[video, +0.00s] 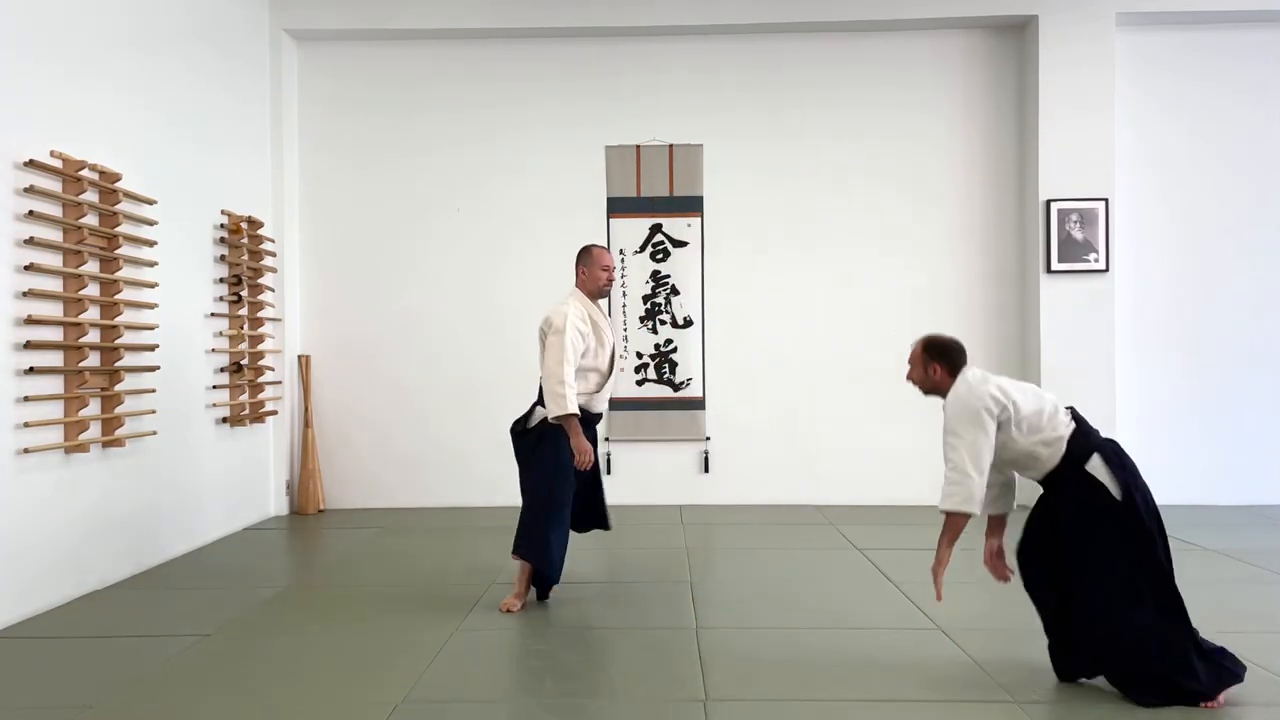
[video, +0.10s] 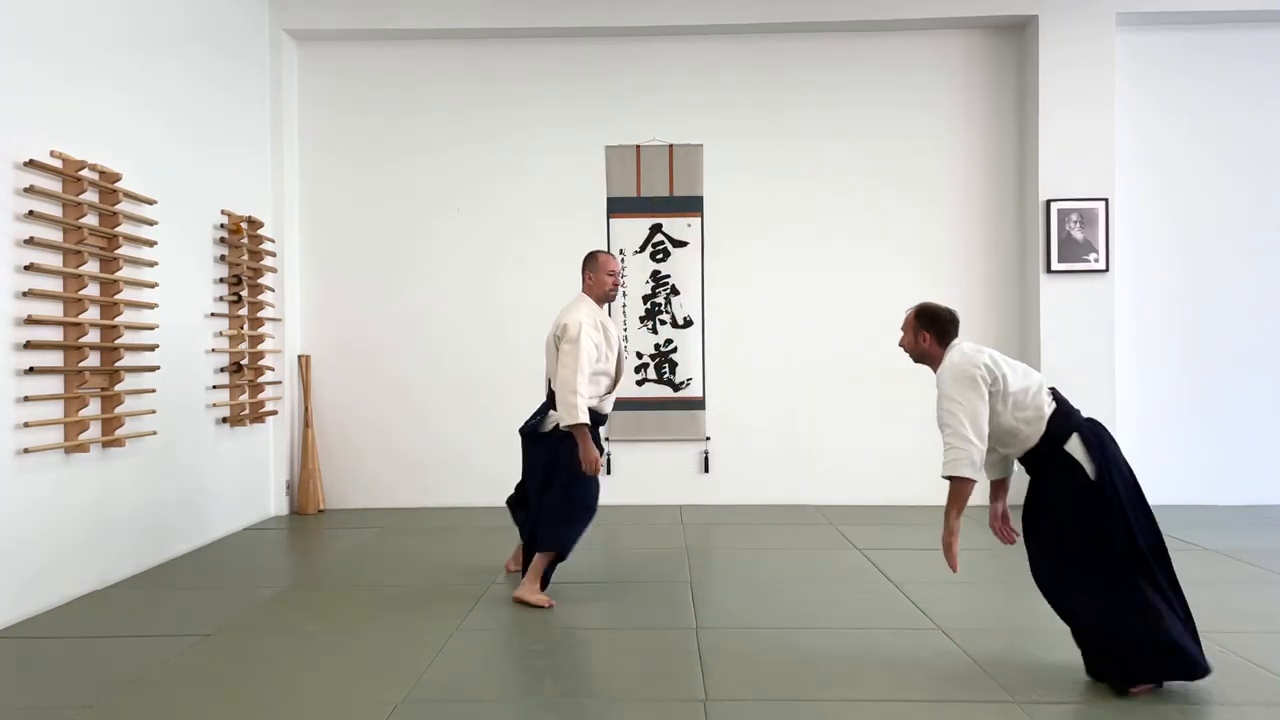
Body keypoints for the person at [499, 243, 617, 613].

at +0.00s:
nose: (612, 276)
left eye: (613, 270)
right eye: (605, 270)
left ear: (593, 274)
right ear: (583, 272)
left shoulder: (593, 315)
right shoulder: (566, 316)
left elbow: (586, 377)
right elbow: (558, 381)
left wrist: (589, 425)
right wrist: (576, 434)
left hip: (578, 425)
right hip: (555, 426)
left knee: (560, 505)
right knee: (544, 505)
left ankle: (539, 577)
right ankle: (521, 590)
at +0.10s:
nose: (618, 281)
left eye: (619, 275)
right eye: (612, 275)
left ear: (595, 279)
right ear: (589, 277)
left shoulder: (591, 315)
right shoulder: (579, 319)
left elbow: (581, 381)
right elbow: (570, 385)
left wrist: (591, 429)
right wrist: (585, 440)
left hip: (570, 426)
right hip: (570, 430)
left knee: (556, 496)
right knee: (578, 504)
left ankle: (522, 555)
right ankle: (531, 585)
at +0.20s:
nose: (630, 290)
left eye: (630, 284)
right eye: (623, 284)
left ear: (605, 289)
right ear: (601, 287)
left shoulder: (595, 322)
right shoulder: (595, 330)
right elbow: (589, 399)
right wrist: (605, 451)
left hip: (564, 429)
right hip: (579, 433)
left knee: (550, 494)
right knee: (606, 507)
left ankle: (520, 556)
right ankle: (557, 579)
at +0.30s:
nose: (644, 295)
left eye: (645, 289)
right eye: (638, 289)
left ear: (622, 294)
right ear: (616, 293)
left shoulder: (614, 329)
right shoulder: (603, 334)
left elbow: (609, 390)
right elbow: (609, 402)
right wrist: (648, 447)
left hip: (581, 429)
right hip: (587, 436)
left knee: (556, 496)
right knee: (628, 494)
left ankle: (520, 558)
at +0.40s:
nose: (655, 287)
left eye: (656, 281)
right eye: (648, 281)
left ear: (654, 285)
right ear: (627, 285)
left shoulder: (643, 326)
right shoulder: (615, 328)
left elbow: (644, 383)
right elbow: (632, 389)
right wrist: (687, 415)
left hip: (624, 430)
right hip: (610, 433)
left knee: (582, 491)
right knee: (647, 500)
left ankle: (533, 540)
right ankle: (641, 563)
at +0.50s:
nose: (671, 279)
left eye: (673, 273)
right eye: (663, 273)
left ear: (673, 276)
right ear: (644, 278)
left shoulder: (675, 320)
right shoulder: (627, 321)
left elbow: (702, 352)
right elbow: (648, 366)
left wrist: (726, 373)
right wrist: (704, 375)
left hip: (662, 425)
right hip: (632, 423)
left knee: (653, 496)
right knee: (655, 497)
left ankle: (595, 524)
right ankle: (642, 570)